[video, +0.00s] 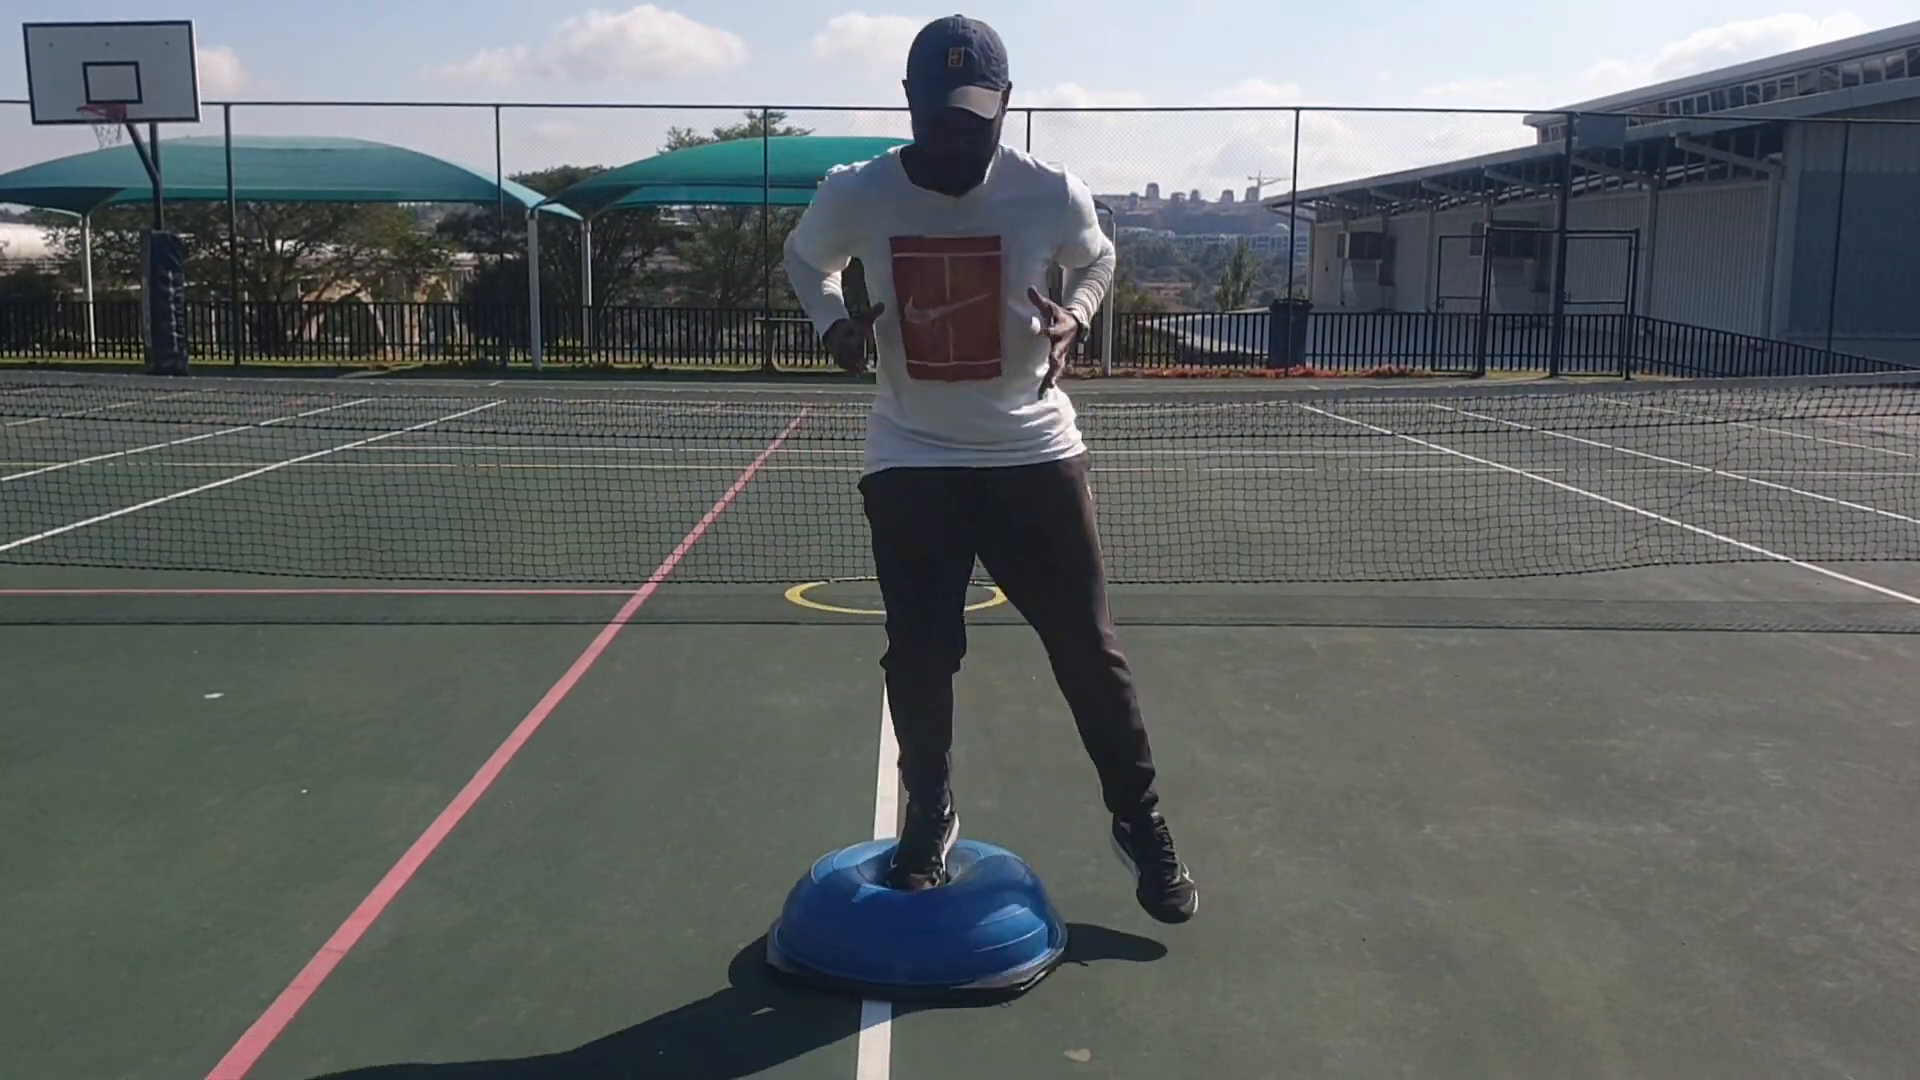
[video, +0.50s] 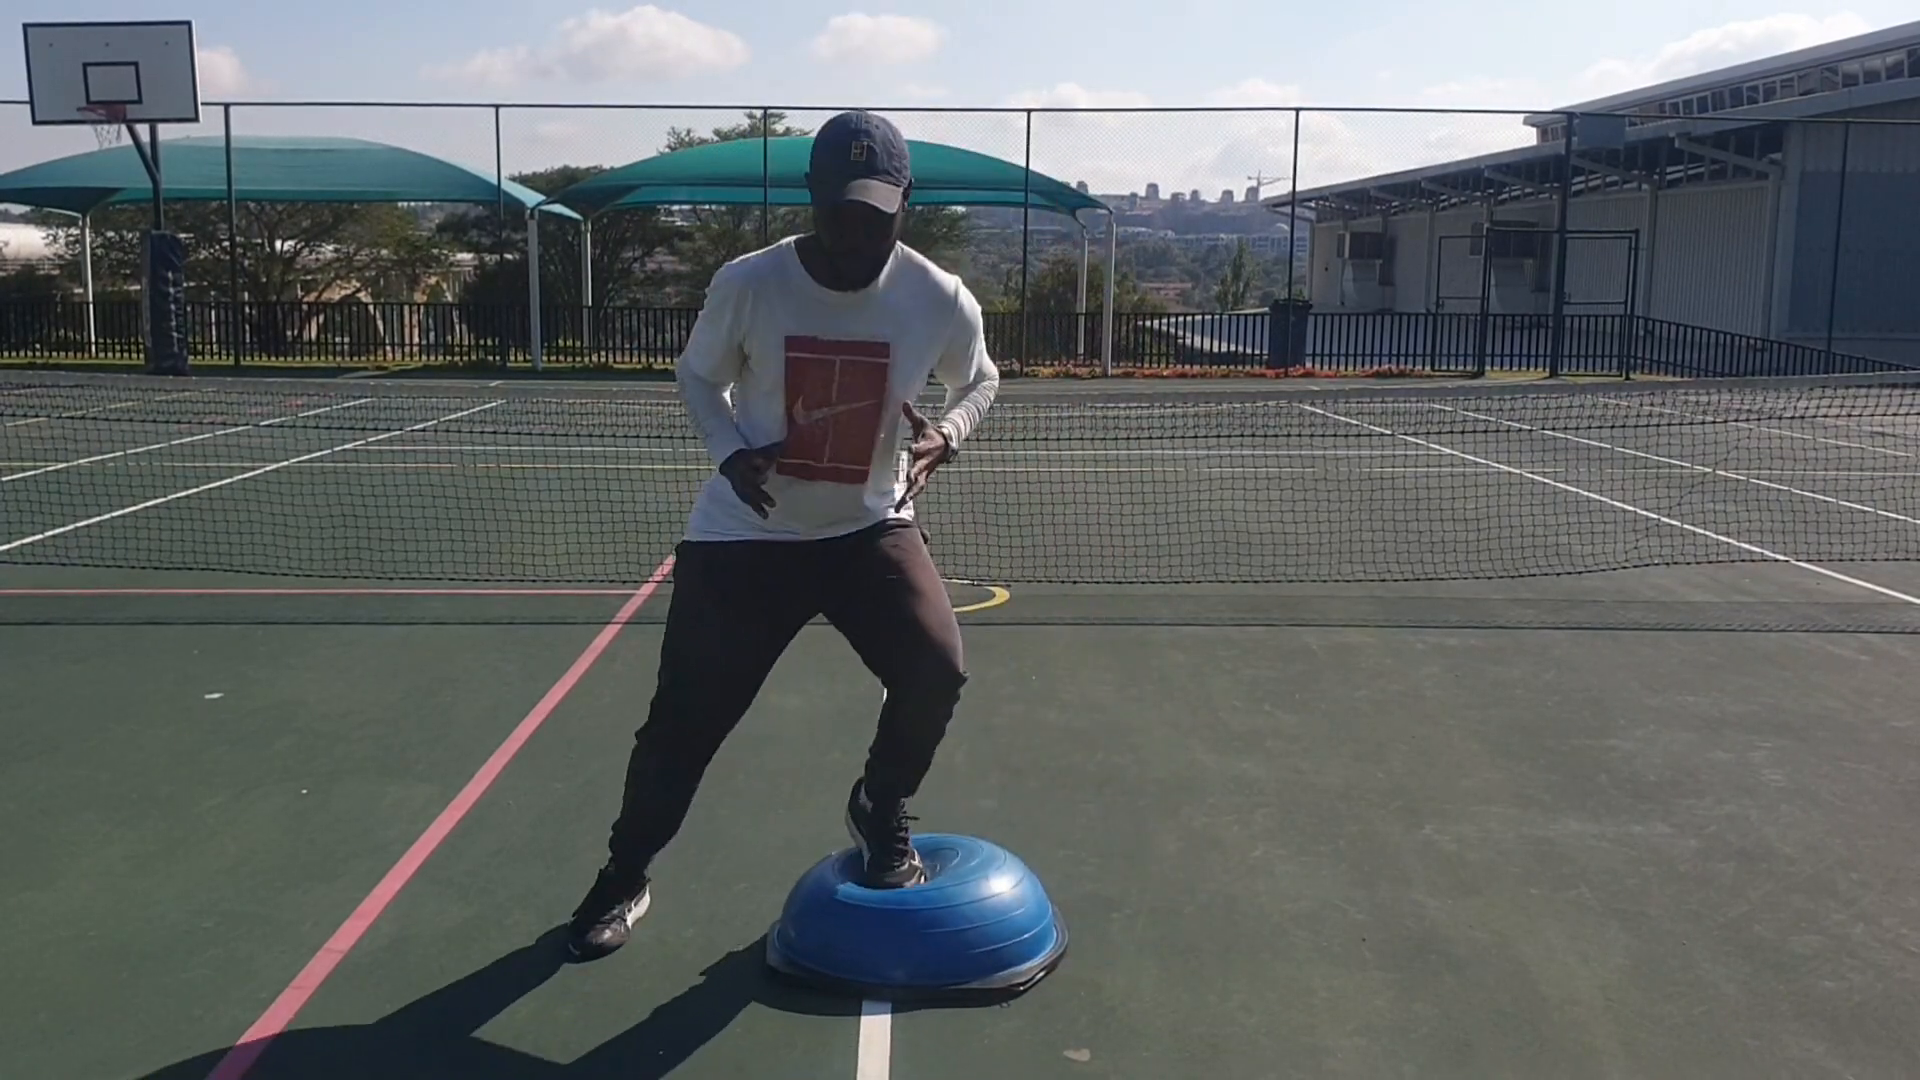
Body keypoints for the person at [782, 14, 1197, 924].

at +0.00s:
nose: (972, 132)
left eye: (986, 114)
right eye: (954, 115)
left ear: (1007, 105)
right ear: (913, 103)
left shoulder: (1052, 198)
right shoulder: (852, 197)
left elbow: (1098, 263)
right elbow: (803, 261)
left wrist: (1077, 309)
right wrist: (834, 321)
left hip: (1034, 449)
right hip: (912, 455)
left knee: (1090, 652)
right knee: (917, 652)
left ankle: (1143, 828)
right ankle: (925, 819)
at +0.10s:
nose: (935, 83)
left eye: (953, 65)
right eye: (920, 62)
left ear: (985, 49)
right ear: (894, 45)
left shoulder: (1035, 138)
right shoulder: (832, 134)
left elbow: (1080, 209)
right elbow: (776, 191)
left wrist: (1055, 259)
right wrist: (801, 260)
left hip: (997, 392)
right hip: (873, 398)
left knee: (1048, 589)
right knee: (876, 607)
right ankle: (896, 780)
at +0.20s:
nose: (915, 83)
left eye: (933, 62)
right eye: (899, 61)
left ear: (964, 46)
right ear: (872, 42)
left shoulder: (1015, 128)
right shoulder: (808, 118)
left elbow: (1060, 191)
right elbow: (749, 178)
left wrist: (1034, 247)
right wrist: (776, 254)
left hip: (967, 375)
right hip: (839, 371)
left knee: (991, 569)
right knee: (804, 572)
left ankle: (931, 729)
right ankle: (818, 738)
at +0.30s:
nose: (892, 105)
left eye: (909, 86)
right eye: (874, 85)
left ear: (940, 65)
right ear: (844, 59)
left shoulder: (987, 157)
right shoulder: (785, 147)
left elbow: (1035, 217)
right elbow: (729, 206)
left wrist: (1004, 276)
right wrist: (757, 287)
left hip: (932, 420)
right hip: (803, 410)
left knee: (933, 622)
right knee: (747, 609)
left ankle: (879, 798)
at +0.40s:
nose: (876, 163)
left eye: (892, 143)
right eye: (857, 145)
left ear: (919, 132)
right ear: (825, 135)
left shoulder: (962, 231)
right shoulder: (765, 217)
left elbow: (1010, 291)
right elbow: (722, 284)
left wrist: (975, 347)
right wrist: (748, 362)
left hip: (894, 492)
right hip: (768, 490)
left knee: (924, 677)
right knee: (695, 687)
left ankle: (878, 820)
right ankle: (624, 863)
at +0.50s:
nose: (860, 232)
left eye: (878, 215)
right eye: (845, 212)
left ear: (902, 209)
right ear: (813, 201)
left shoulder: (940, 301)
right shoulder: (745, 287)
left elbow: (977, 383)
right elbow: (697, 378)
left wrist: (947, 429)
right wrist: (732, 451)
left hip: (870, 533)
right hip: (748, 536)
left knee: (936, 670)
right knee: (685, 716)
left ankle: (881, 806)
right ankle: (622, 879)